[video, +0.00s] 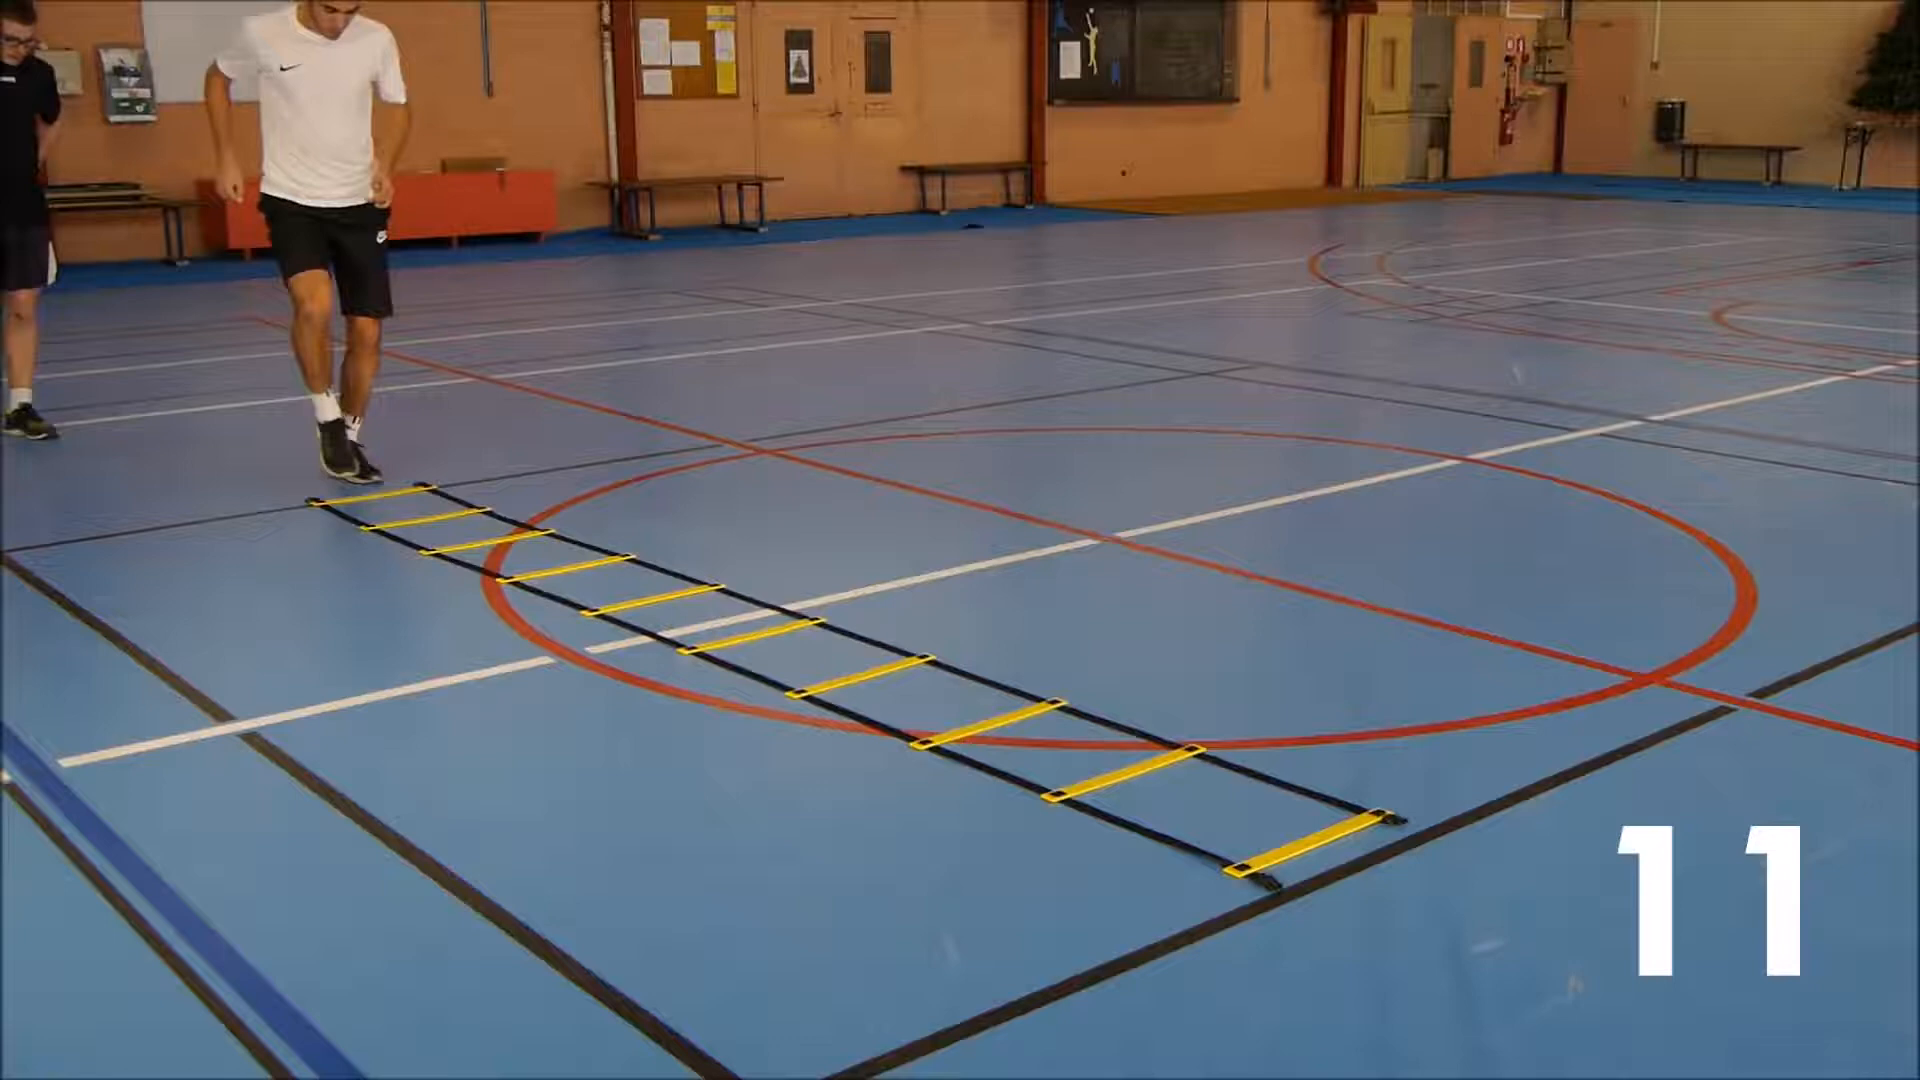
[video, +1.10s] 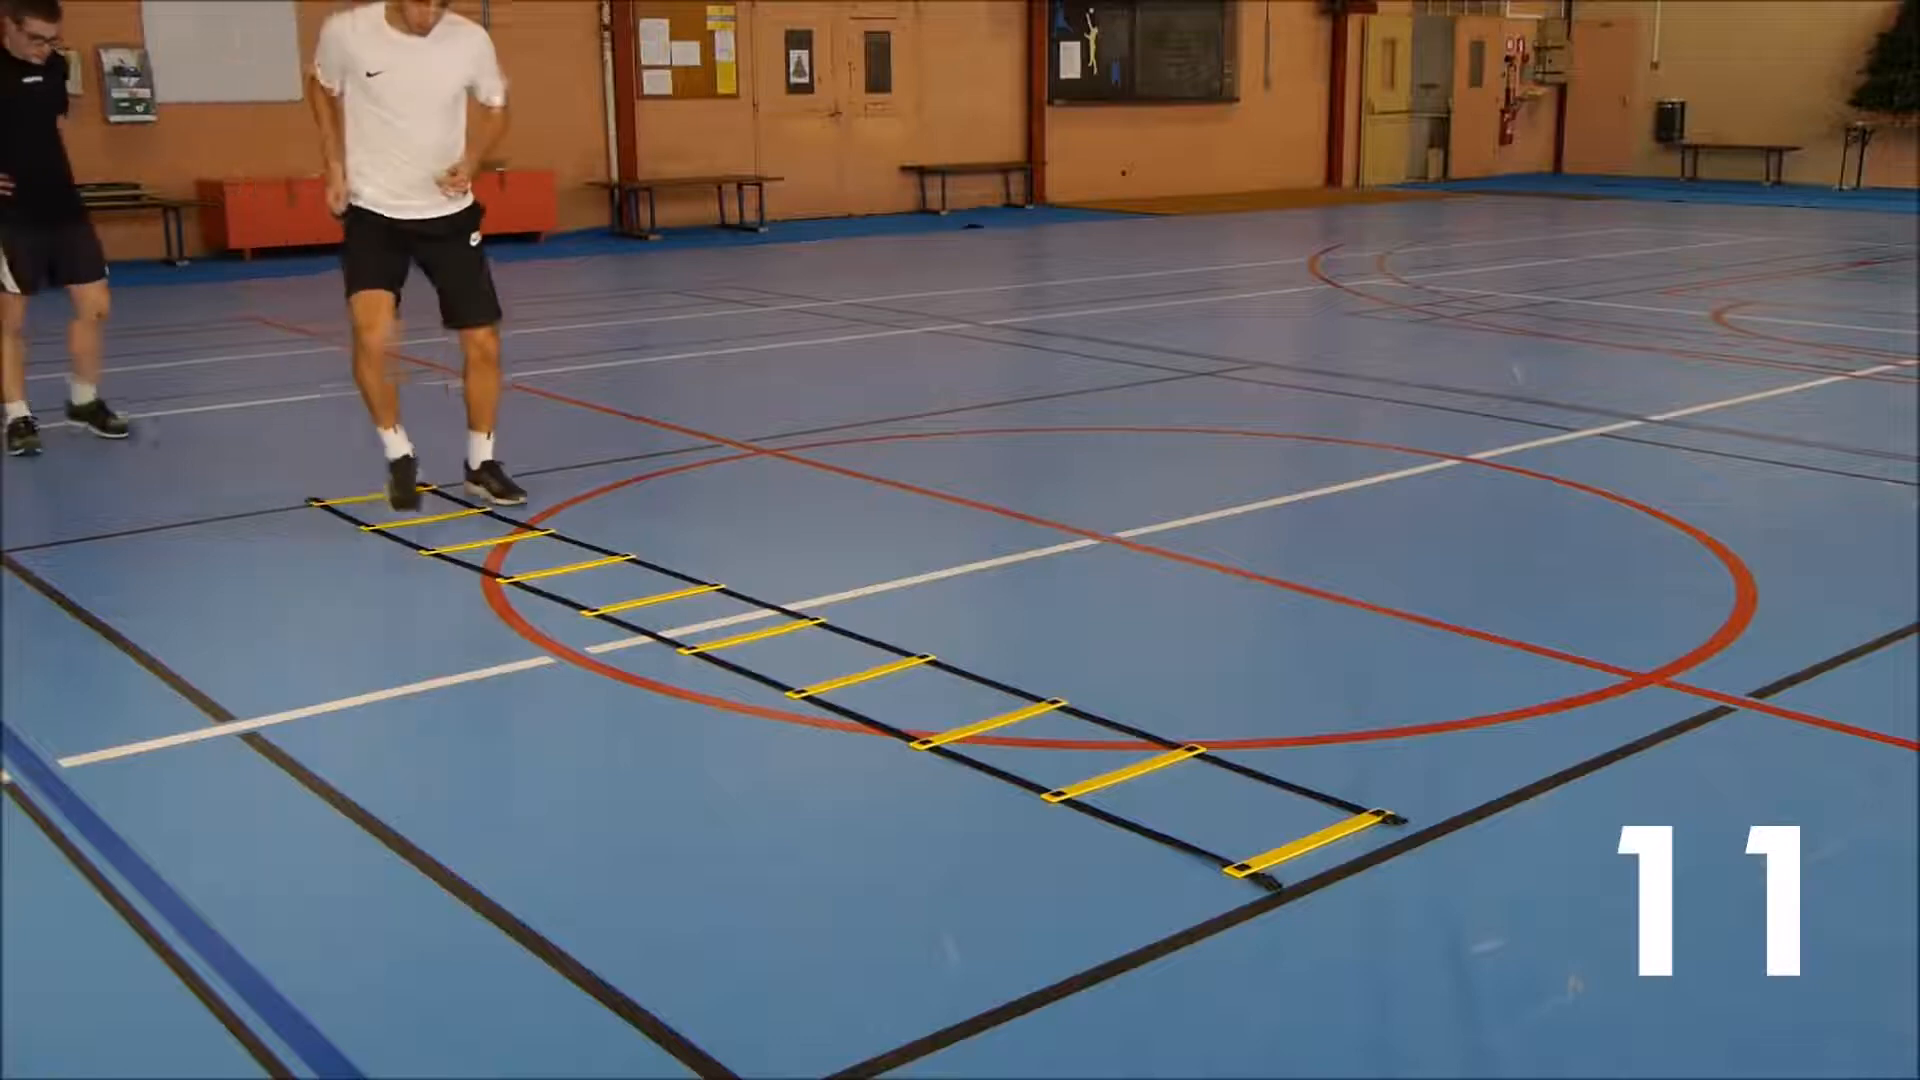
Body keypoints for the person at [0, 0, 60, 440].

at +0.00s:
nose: (18, 48)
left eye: (26, 41)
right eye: (10, 39)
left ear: (35, 37)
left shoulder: (38, 73)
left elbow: (50, 124)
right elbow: (51, 125)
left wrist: (30, 166)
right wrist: (29, 164)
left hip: (22, 203)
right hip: (9, 204)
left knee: (24, 305)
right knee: (17, 306)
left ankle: (20, 404)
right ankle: (18, 404)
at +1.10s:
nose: (45, 50)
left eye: (52, 40)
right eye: (36, 39)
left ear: (58, 33)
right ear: (9, 29)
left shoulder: (53, 68)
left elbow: (46, 131)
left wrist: (60, 188)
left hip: (60, 202)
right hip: (12, 210)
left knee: (94, 304)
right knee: (11, 317)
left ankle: (83, 400)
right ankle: (17, 414)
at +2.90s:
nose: (236, 29)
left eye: (243, 20)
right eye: (226, 19)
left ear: (251, 20)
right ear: (206, 17)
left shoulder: (261, 77)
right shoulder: (168, 67)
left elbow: (276, 152)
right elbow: (144, 137)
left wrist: (288, 218)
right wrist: (151, 205)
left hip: (245, 219)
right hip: (188, 220)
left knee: (250, 321)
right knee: (181, 323)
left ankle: (260, 426)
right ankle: (161, 421)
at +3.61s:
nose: (164, 22)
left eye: (170, 11)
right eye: (163, 13)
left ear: (201, 9)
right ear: (190, 12)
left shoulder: (262, 62)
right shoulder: (166, 70)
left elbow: (289, 142)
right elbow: (157, 148)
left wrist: (276, 211)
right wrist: (137, 135)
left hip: (274, 212)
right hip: (215, 222)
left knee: (314, 324)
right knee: (226, 334)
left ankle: (328, 422)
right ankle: (241, 438)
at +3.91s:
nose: (251, 29)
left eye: (260, 19)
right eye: (241, 19)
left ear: (269, 16)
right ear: (222, 13)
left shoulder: (294, 69)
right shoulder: (194, 70)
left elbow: (313, 149)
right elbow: (172, 148)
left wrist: (302, 214)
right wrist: (179, 177)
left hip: (291, 220)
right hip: (231, 225)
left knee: (315, 330)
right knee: (234, 333)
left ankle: (335, 441)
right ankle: (242, 439)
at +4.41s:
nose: (323, 39)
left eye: (333, 30)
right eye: (314, 28)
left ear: (342, 23)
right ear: (293, 14)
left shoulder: (350, 76)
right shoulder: (253, 61)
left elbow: (356, 158)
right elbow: (220, 134)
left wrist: (336, 214)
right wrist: (217, 206)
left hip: (323, 223)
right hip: (262, 223)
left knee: (328, 335)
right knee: (263, 335)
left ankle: (338, 443)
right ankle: (257, 442)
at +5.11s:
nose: (312, 44)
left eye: (320, 34)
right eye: (301, 34)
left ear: (329, 24)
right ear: (278, 23)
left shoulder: (339, 73)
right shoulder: (239, 73)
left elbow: (353, 142)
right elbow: (214, 150)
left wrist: (343, 169)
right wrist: (224, 223)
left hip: (323, 228)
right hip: (262, 231)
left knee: (335, 338)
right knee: (266, 341)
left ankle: (337, 447)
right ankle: (270, 449)